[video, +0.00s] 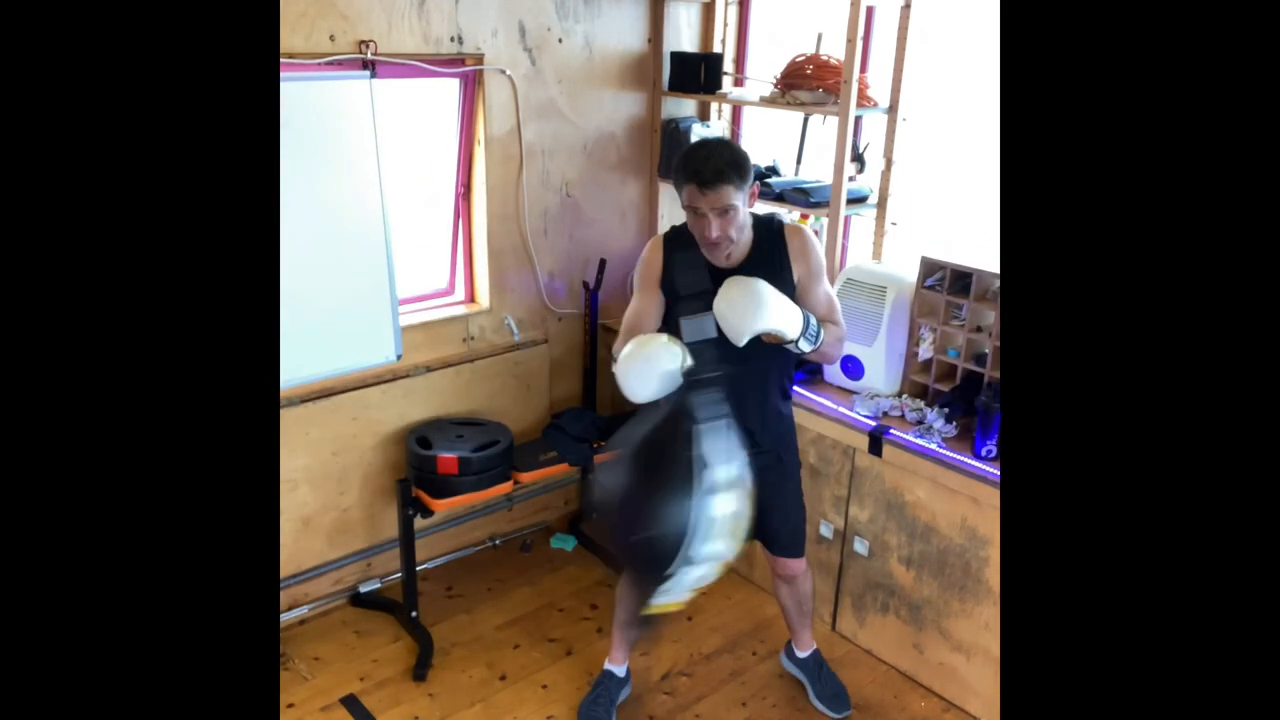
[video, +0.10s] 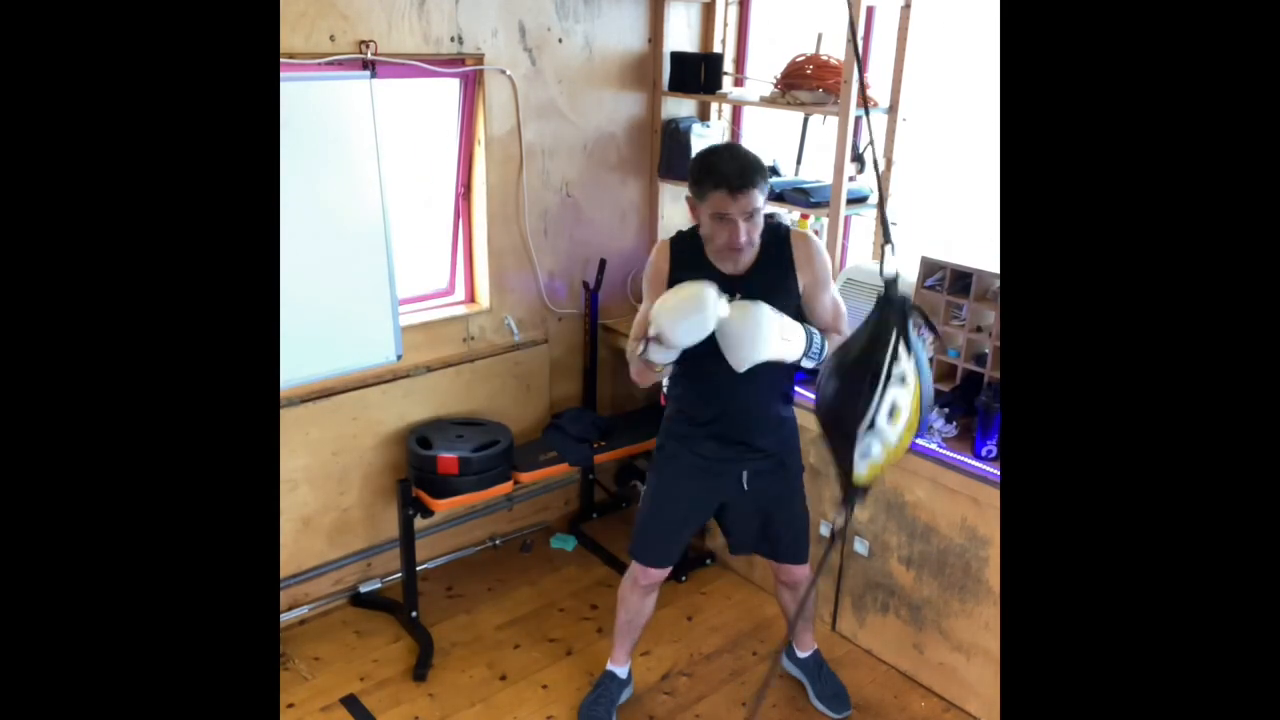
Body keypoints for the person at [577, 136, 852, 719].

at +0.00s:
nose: (713, 229)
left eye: (725, 212)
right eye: (698, 214)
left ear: (751, 197)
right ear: (683, 204)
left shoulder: (793, 244)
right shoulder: (663, 252)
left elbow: (833, 342)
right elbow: (632, 339)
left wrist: (796, 329)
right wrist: (640, 363)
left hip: (764, 427)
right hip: (684, 426)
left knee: (791, 564)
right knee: (644, 552)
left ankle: (804, 652)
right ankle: (615, 668)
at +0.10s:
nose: (740, 234)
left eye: (751, 216)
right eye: (723, 219)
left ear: (767, 204)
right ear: (696, 210)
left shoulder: (800, 252)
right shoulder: (669, 258)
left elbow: (842, 340)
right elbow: (641, 376)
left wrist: (800, 343)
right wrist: (659, 343)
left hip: (770, 441)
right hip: (689, 439)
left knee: (796, 572)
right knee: (645, 572)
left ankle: (803, 651)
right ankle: (616, 671)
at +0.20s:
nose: (764, 231)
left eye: (776, 214)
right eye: (748, 216)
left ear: (789, 202)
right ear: (718, 204)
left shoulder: (804, 241)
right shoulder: (695, 250)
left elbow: (829, 320)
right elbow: (709, 333)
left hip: (778, 437)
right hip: (700, 439)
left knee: (804, 572)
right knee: (652, 570)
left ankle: (812, 650)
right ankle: (616, 671)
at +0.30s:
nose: (783, 227)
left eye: (796, 212)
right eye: (768, 212)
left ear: (815, 198)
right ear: (744, 199)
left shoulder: (823, 240)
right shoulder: (717, 247)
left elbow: (835, 318)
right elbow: (740, 338)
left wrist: (854, 344)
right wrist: (814, 347)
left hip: (788, 429)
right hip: (714, 432)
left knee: (806, 558)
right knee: (661, 565)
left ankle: (810, 649)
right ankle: (617, 670)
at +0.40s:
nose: (789, 233)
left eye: (805, 219)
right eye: (777, 216)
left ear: (836, 208)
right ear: (764, 202)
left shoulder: (850, 251)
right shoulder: (731, 250)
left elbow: (858, 350)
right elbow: (704, 361)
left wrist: (855, 336)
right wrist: (768, 371)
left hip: (801, 435)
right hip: (724, 430)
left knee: (809, 559)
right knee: (673, 565)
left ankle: (806, 653)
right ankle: (628, 669)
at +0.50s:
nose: (770, 236)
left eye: (785, 222)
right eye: (761, 219)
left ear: (820, 213)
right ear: (751, 208)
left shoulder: (856, 258)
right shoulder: (726, 249)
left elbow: (884, 359)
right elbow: (684, 344)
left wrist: (855, 334)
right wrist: (714, 351)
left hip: (802, 446)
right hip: (724, 437)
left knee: (810, 569)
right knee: (681, 569)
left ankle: (807, 653)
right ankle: (665, 663)